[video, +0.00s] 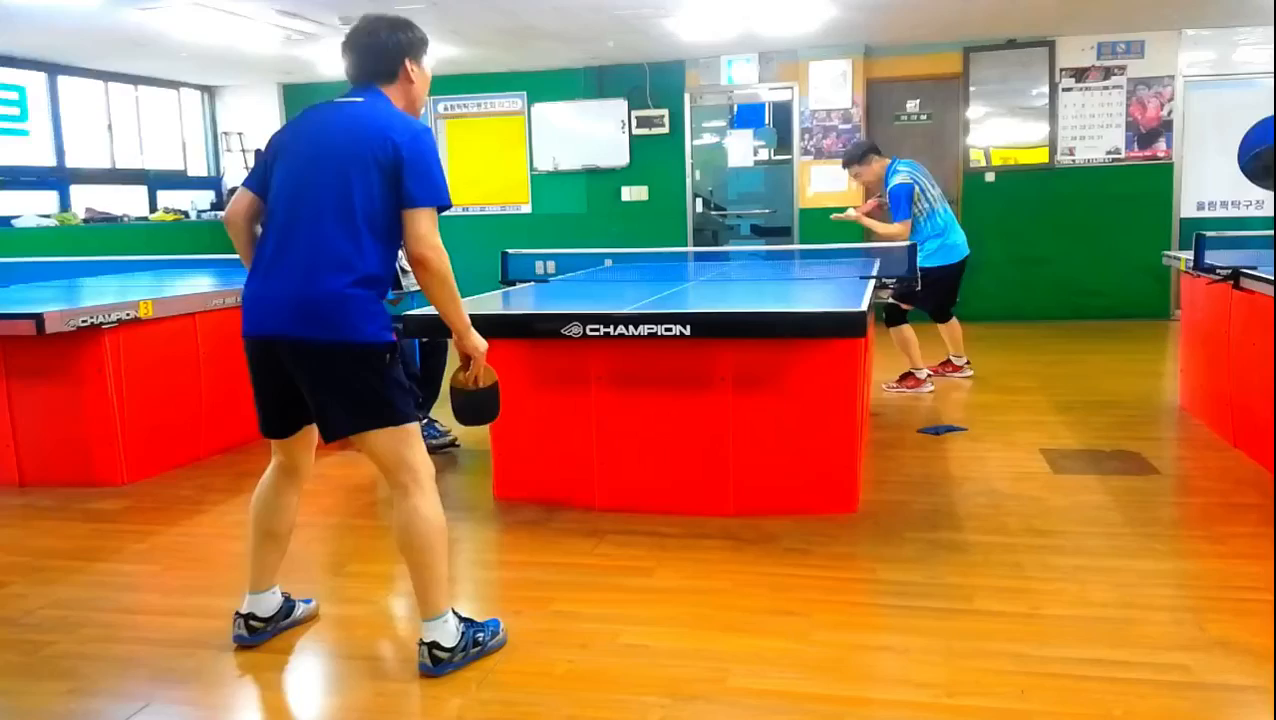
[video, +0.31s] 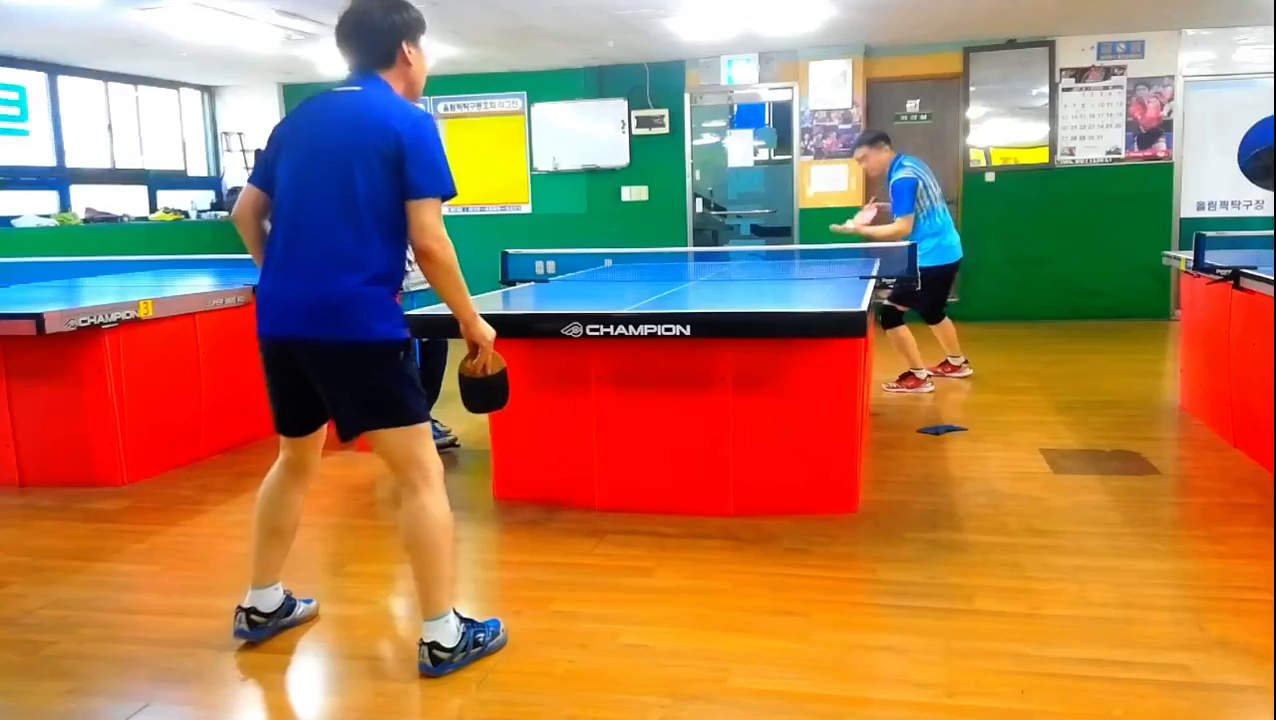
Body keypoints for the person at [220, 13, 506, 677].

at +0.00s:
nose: (429, 85)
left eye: (427, 73)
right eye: (426, 73)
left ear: (353, 72)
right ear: (407, 71)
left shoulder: (296, 128)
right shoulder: (405, 133)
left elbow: (238, 216)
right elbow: (422, 252)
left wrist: (274, 285)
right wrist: (464, 330)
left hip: (267, 323)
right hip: (345, 325)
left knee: (289, 460)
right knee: (410, 476)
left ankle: (258, 605)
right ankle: (442, 630)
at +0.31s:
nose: (428, 65)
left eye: (426, 50)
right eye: (425, 50)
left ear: (350, 53)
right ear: (404, 52)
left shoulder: (298, 118)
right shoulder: (408, 121)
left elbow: (246, 213)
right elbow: (427, 242)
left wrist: (284, 279)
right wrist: (470, 318)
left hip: (281, 324)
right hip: (360, 324)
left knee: (296, 456)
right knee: (420, 473)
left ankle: (260, 601)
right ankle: (443, 629)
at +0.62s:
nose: (443, 45)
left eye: (440, 31)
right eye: (440, 31)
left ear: (366, 38)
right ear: (422, 35)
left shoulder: (314, 108)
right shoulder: (427, 112)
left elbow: (267, 205)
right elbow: (446, 233)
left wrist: (304, 272)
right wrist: (491, 313)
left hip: (307, 320)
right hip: (388, 324)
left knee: (305, 456)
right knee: (435, 474)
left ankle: (266, 592)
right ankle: (444, 631)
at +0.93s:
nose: (457, 43)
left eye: (454, 30)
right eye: (454, 29)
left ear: (381, 33)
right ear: (436, 31)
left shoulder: (323, 105)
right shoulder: (440, 110)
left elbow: (276, 203)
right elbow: (458, 231)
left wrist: (311, 271)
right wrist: (501, 313)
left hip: (315, 319)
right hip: (396, 324)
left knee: (309, 453)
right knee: (437, 475)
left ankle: (270, 589)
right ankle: (444, 631)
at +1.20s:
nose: (459, 61)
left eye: (457, 47)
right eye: (458, 47)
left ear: (389, 47)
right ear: (441, 47)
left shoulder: (328, 109)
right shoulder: (440, 123)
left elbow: (267, 205)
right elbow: (457, 241)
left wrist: (301, 275)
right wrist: (497, 330)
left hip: (300, 320)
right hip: (381, 327)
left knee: (298, 450)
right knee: (435, 474)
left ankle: (259, 586)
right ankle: (445, 629)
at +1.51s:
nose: (399, 80)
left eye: (396, 67)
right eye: (395, 66)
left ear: (330, 69)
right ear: (375, 69)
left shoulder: (270, 132)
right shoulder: (370, 136)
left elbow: (213, 229)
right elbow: (412, 251)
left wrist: (256, 290)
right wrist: (467, 293)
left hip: (245, 339)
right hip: (325, 343)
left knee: (230, 466)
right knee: (402, 472)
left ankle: (166, 598)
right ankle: (441, 626)